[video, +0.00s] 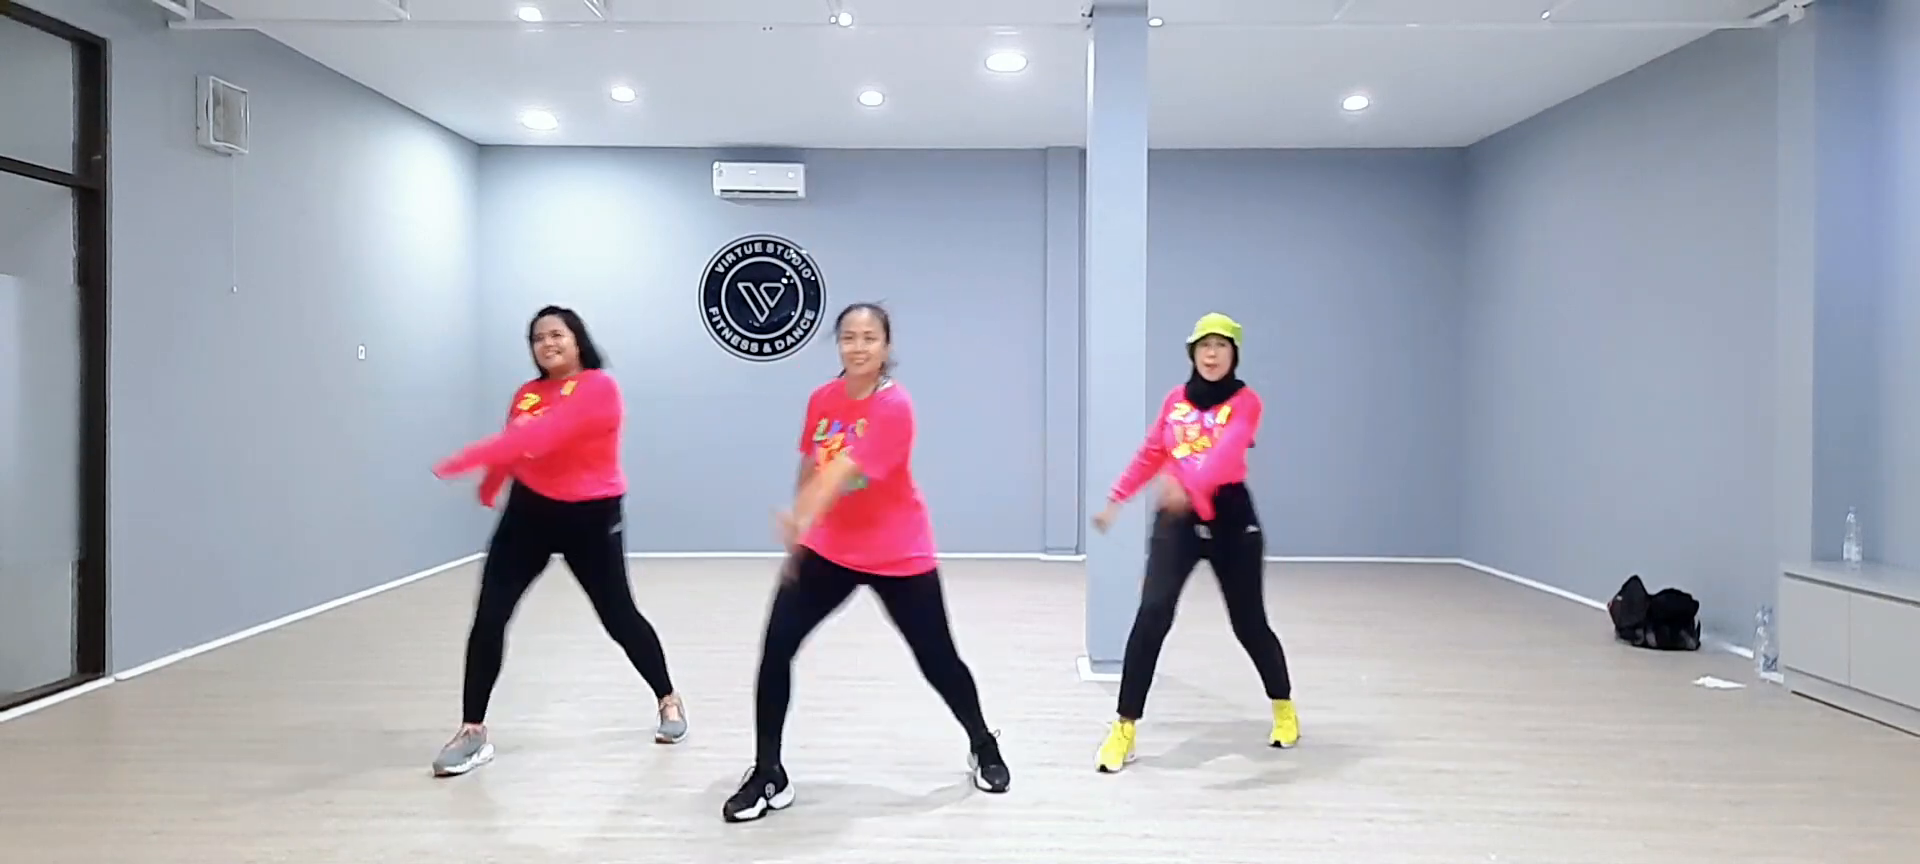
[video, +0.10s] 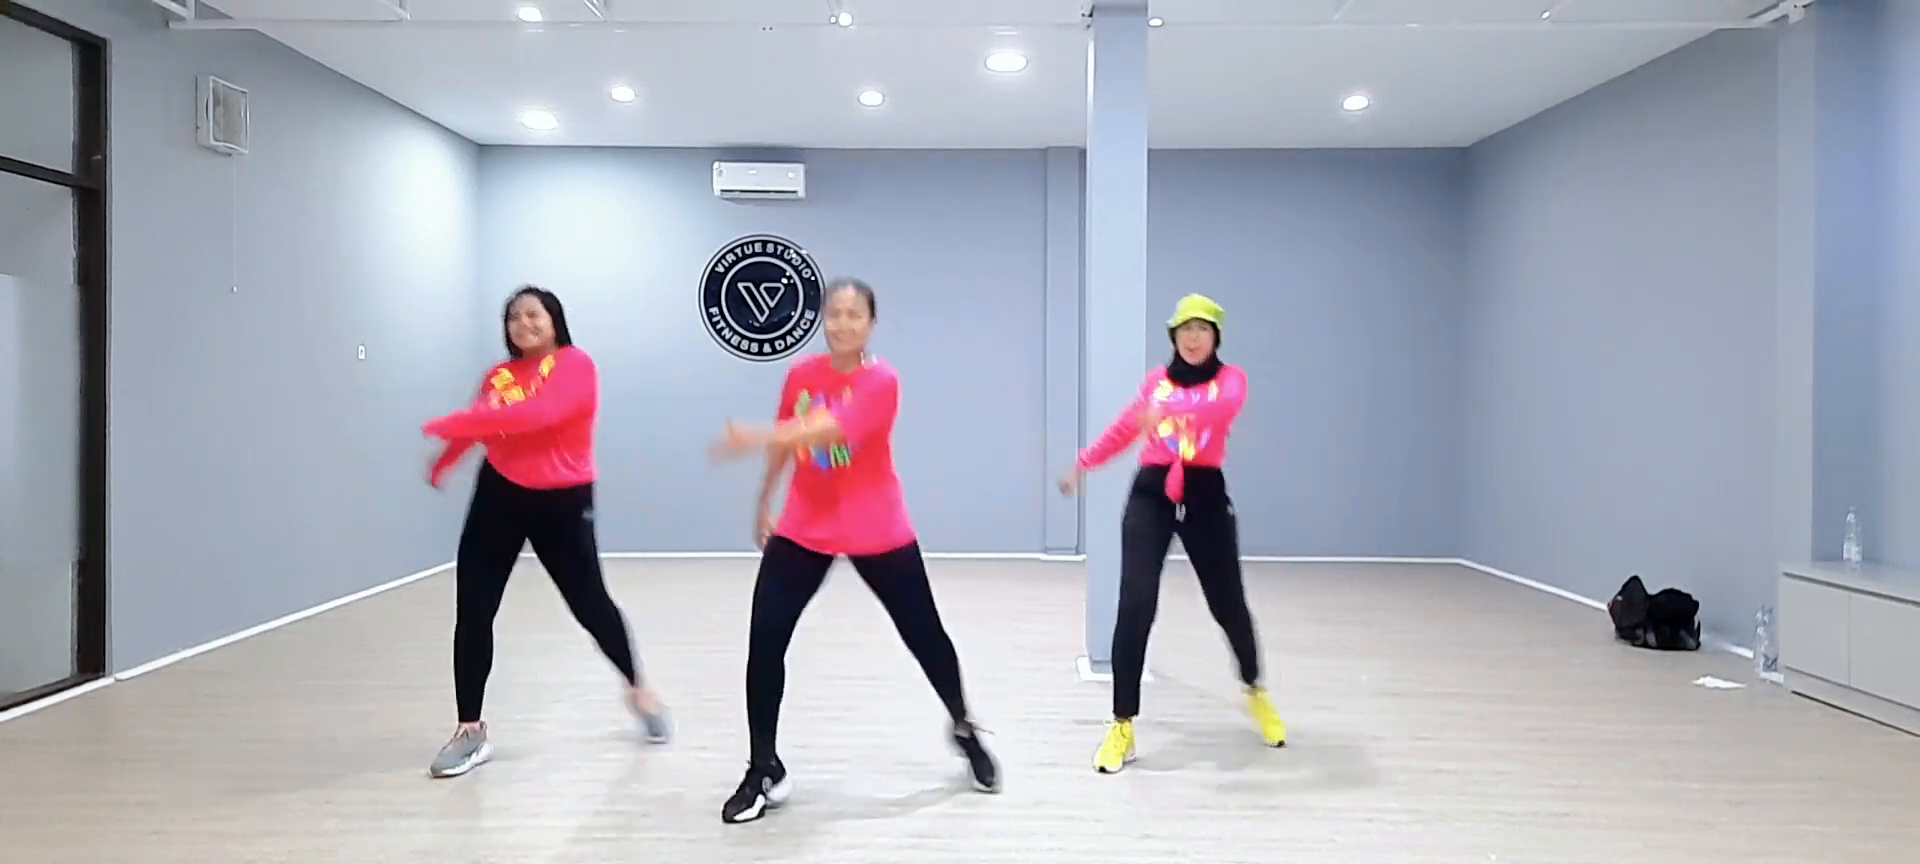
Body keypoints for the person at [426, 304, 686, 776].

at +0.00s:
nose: (547, 343)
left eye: (557, 334)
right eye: (539, 339)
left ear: (579, 340)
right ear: (533, 350)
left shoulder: (600, 389)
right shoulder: (528, 395)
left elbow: (544, 437)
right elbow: (513, 445)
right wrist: (492, 483)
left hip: (590, 516)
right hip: (529, 512)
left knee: (620, 618)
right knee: (489, 616)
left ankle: (668, 700)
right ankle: (473, 729)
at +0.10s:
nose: (525, 323)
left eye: (535, 315)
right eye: (517, 317)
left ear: (556, 323)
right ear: (507, 328)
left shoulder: (577, 367)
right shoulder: (500, 376)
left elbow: (538, 414)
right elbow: (479, 424)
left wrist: (451, 427)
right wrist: (445, 462)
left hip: (559, 500)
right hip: (499, 496)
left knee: (590, 604)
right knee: (473, 611)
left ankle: (638, 689)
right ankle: (470, 728)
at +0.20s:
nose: (505, 295)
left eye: (515, 287)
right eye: (496, 289)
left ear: (536, 295)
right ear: (485, 301)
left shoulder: (560, 335)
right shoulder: (474, 349)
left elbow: (556, 391)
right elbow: (437, 393)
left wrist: (475, 405)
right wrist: (392, 436)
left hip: (546, 477)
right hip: (483, 474)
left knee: (559, 594)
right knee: (468, 596)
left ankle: (564, 690)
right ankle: (459, 714)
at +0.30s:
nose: (483, 286)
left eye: (494, 278)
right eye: (475, 280)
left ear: (517, 287)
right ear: (464, 291)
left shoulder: (542, 324)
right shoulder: (451, 338)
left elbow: (570, 382)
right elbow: (401, 380)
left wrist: (491, 413)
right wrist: (345, 421)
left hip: (532, 466)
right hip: (468, 461)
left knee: (517, 591)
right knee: (447, 589)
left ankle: (496, 711)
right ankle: (436, 711)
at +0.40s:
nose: (466, 305)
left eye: (478, 297)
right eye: (457, 298)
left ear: (502, 305)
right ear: (447, 308)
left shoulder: (531, 340)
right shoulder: (434, 357)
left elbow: (572, 397)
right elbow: (373, 399)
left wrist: (532, 455)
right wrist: (301, 427)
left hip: (512, 491)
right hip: (449, 485)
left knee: (486, 618)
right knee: (426, 614)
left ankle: (468, 732)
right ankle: (397, 744)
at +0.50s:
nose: (453, 324)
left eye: (466, 318)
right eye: (446, 317)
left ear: (488, 328)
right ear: (435, 326)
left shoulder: (522, 363)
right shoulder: (419, 387)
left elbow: (561, 438)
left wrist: (584, 507)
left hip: (499, 513)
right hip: (429, 506)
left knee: (483, 632)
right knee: (406, 629)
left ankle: (474, 724)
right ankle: (394, 755)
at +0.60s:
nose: (454, 330)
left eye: (467, 323)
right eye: (446, 322)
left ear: (488, 332)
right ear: (434, 333)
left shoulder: (521, 371)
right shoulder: (411, 394)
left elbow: (561, 435)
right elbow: (361, 464)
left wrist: (586, 494)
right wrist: (307, 526)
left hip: (500, 517)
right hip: (430, 513)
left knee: (497, 613)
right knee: (401, 631)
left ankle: (498, 717)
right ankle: (394, 755)